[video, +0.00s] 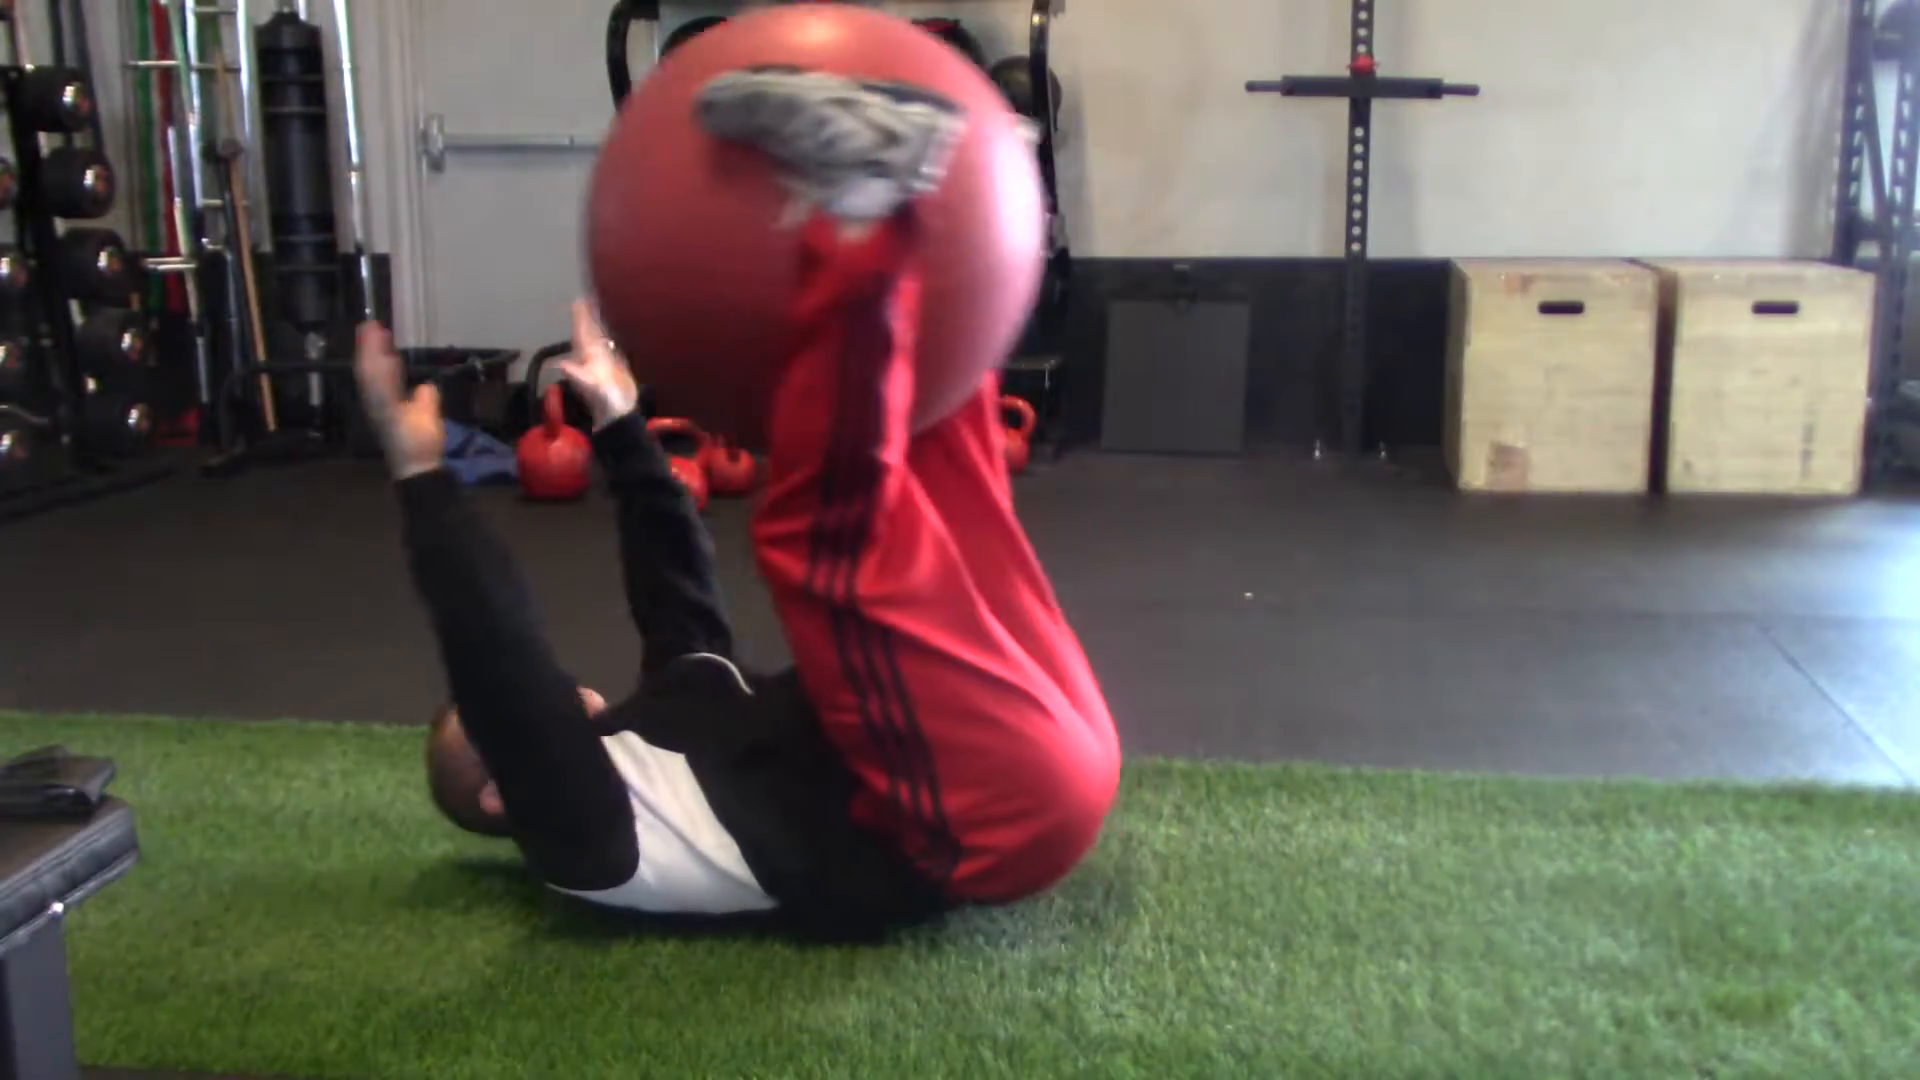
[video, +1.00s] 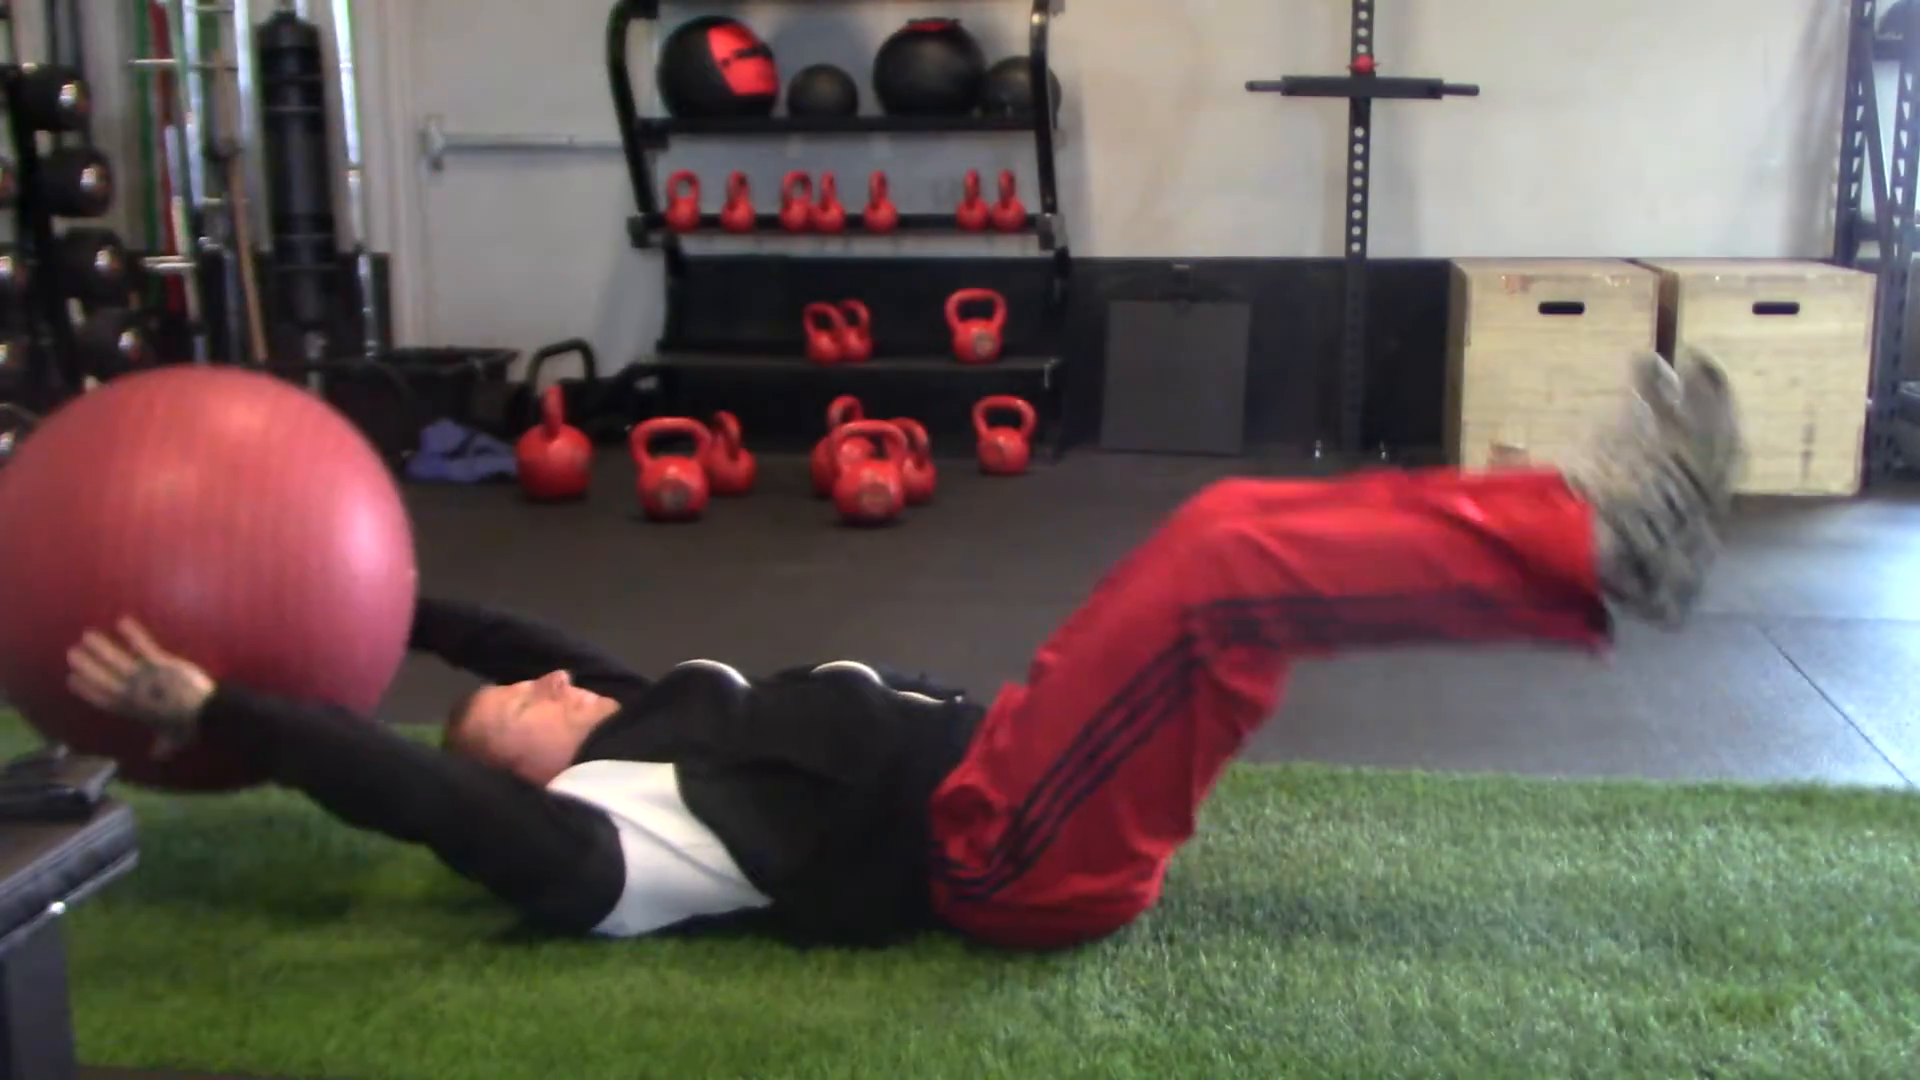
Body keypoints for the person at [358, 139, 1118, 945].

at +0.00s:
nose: (519, 707)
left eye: (509, 703)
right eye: (493, 729)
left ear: (552, 700)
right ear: (498, 799)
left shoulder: (683, 707)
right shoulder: (592, 839)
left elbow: (676, 589)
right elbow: (500, 663)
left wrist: (620, 426)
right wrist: (422, 469)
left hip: (1051, 752)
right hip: (987, 817)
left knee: (931, 461)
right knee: (818, 537)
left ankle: (918, 236)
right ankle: (860, 234)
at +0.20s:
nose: (523, 690)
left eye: (496, 695)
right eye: (489, 714)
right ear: (495, 809)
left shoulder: (674, 736)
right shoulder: (588, 845)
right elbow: (576, 657)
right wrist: (533, 448)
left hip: (1023, 713)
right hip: (949, 770)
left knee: (815, 477)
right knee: (714, 547)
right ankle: (659, 204)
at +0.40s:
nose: (505, 705)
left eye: (483, 710)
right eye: (478, 731)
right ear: (491, 820)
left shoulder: (664, 728)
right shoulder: (581, 855)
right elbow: (554, 657)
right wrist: (481, 470)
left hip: (1020, 698)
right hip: (950, 768)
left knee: (809, 469)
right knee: (699, 542)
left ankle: (794, 209)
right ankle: (646, 196)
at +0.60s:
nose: (478, 763)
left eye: (475, 745)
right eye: (453, 779)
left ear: (521, 735)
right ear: (470, 841)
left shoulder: (657, 715)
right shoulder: (579, 864)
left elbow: (621, 574)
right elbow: (490, 674)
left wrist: (512, 429)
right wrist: (370, 507)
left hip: (1038, 745)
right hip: (972, 807)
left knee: (901, 484)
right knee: (802, 511)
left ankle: (922, 182)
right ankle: (825, 177)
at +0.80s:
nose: (519, 693)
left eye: (510, 682)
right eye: (491, 707)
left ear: (549, 700)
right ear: (494, 769)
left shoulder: (660, 712)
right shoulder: (586, 848)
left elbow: (557, 600)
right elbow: (430, 733)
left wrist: (422, 489)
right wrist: (272, 599)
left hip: (979, 791)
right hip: (988, 856)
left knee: (1018, 510)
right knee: (1001, 519)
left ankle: (1233, 264)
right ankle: (1239, 269)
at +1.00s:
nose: (535, 691)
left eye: (532, 682)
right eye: (511, 709)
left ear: (563, 691)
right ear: (514, 774)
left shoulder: (653, 727)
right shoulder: (612, 837)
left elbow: (498, 639)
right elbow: (439, 796)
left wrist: (310, 600)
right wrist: (213, 728)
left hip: (1018, 773)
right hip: (1003, 838)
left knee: (1239, 531)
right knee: (1223, 548)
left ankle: (1587, 531)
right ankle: (1597, 551)